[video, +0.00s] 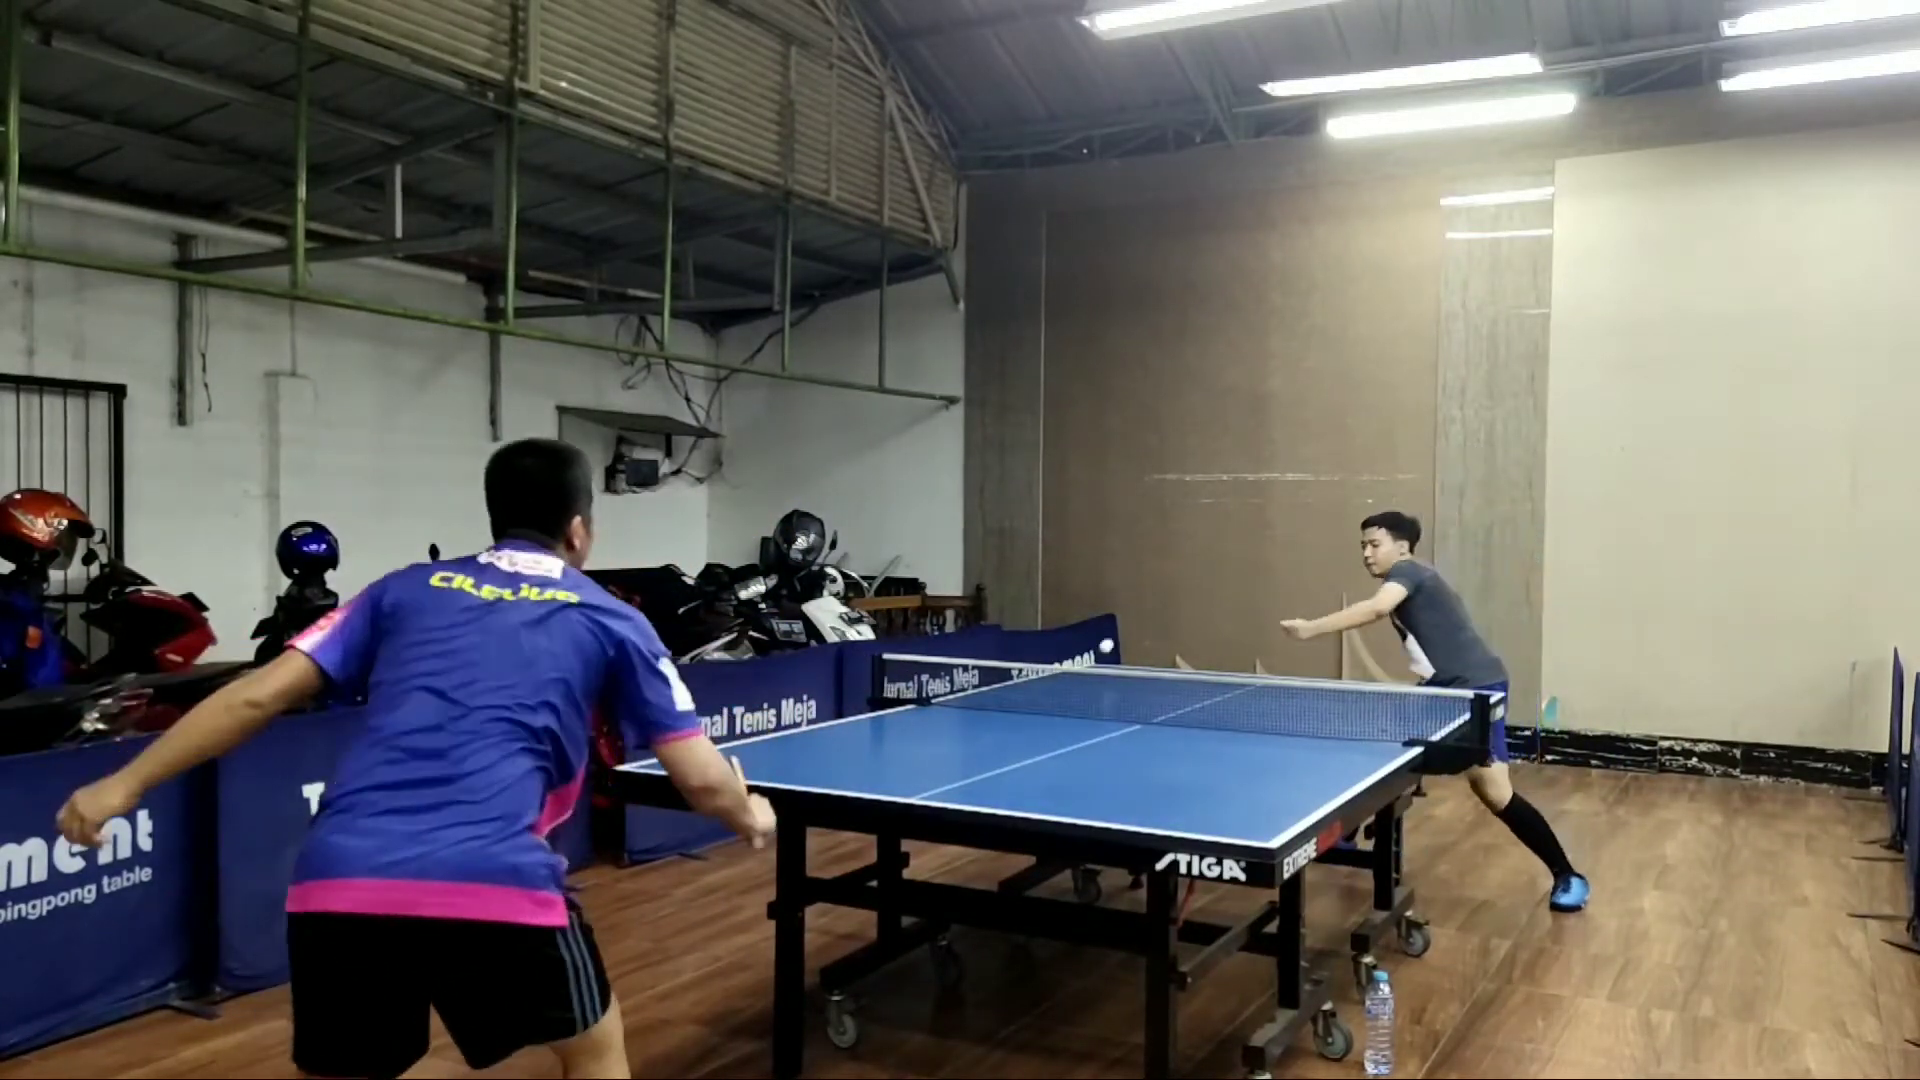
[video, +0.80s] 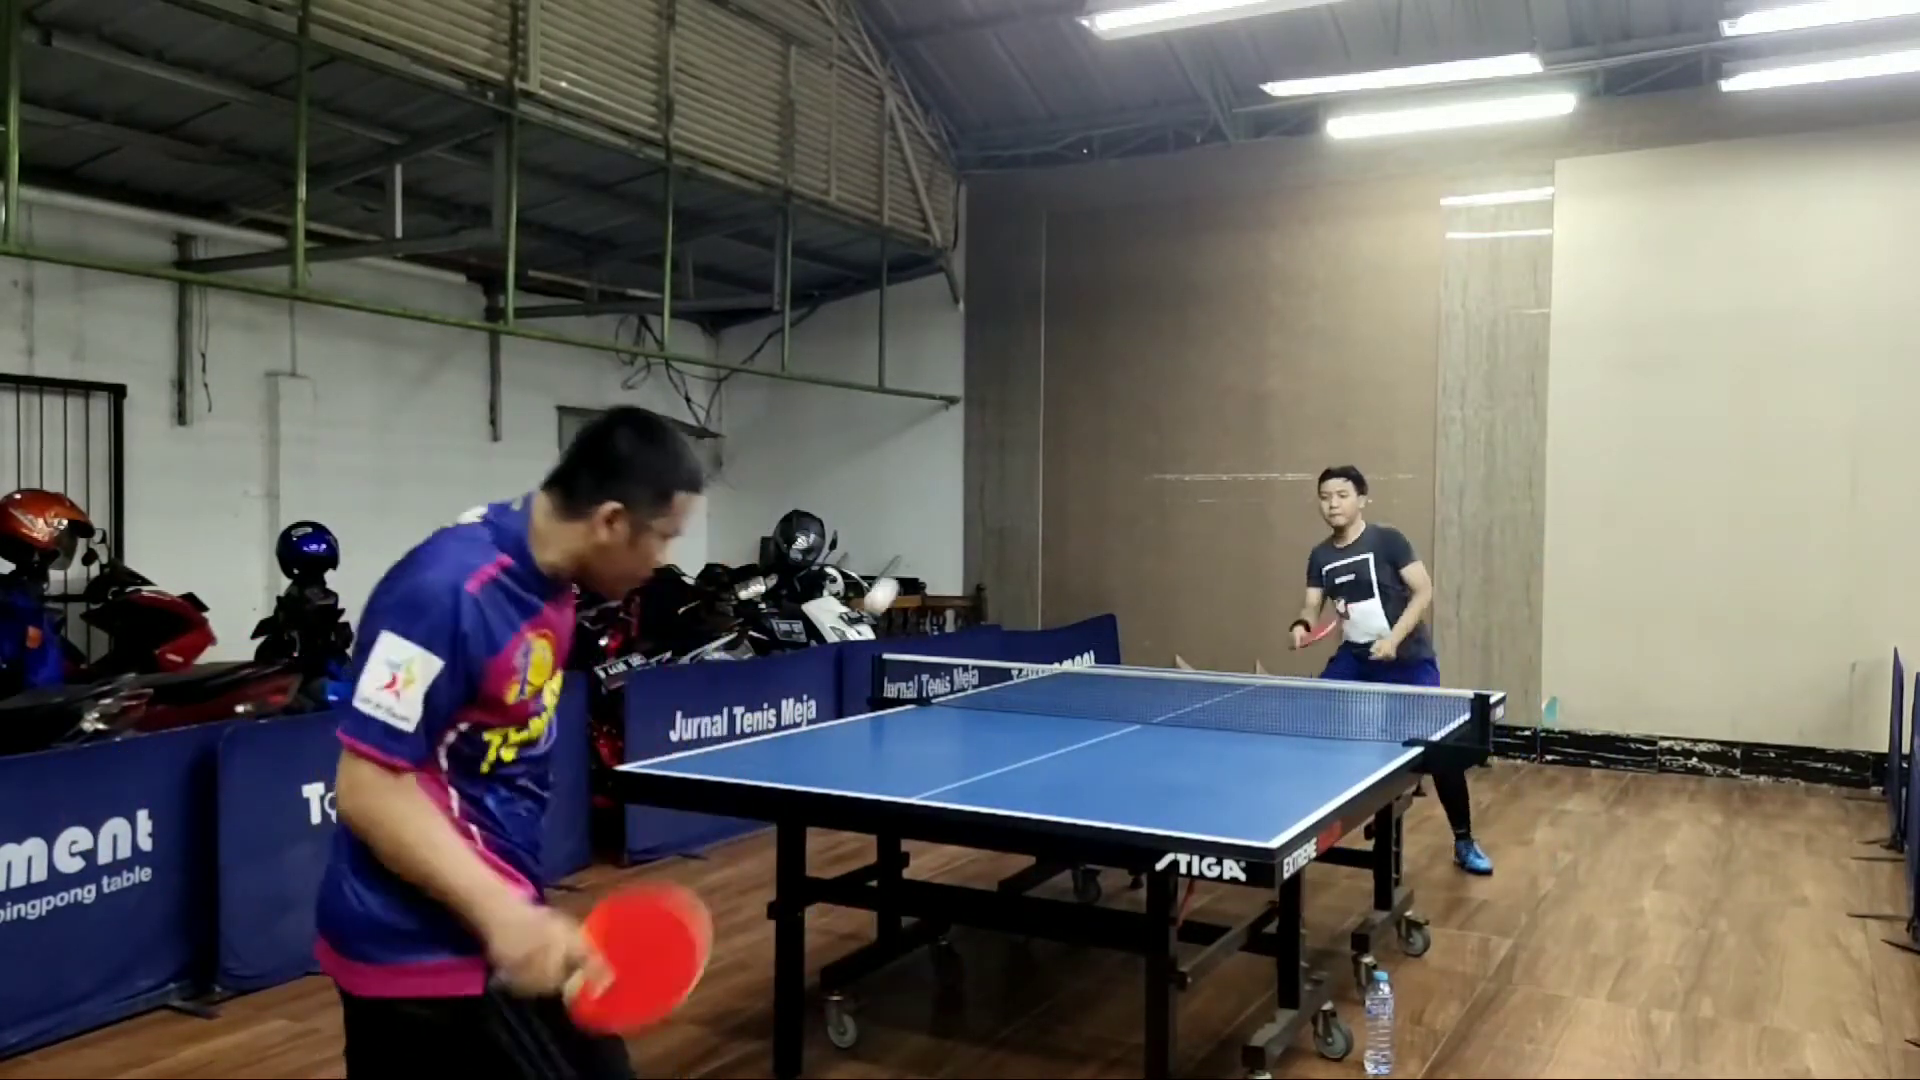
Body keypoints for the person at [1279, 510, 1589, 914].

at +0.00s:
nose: (1366, 552)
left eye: (1373, 543)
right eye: (1364, 545)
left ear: (1402, 545)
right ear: (1396, 548)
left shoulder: (1408, 571)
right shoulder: (1408, 577)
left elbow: (1376, 610)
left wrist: (1312, 626)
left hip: (1478, 689)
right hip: (1441, 689)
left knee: (1494, 792)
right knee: (1384, 750)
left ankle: (1566, 877)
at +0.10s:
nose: (1337, 553)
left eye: (1345, 545)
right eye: (1336, 546)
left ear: (1373, 546)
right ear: (1372, 549)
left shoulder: (1377, 570)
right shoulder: (1383, 580)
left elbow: (1366, 597)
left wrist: (1309, 616)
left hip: (1446, 688)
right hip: (1407, 690)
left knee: (1478, 781)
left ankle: (1564, 873)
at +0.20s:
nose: (1317, 527)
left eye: (1326, 519)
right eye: (1317, 520)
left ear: (1354, 525)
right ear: (1332, 530)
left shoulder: (1374, 551)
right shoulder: (1337, 579)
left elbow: (1388, 586)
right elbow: (1359, 647)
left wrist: (1343, 598)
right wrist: (1331, 665)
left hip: (1425, 666)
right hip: (1378, 673)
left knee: (1470, 755)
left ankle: (1531, 849)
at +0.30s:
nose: (1319, 514)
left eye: (1327, 505)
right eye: (1316, 507)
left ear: (1355, 508)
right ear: (1316, 514)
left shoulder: (1384, 548)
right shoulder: (1311, 561)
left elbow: (1417, 590)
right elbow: (1263, 582)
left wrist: (1406, 572)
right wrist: (1256, 549)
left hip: (1403, 655)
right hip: (1350, 664)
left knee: (1449, 687)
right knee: (1301, 716)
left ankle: (1479, 801)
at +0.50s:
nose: (1318, 513)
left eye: (1327, 505)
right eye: (1314, 506)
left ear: (1353, 510)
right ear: (1311, 511)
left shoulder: (1375, 562)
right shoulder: (1303, 551)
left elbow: (1420, 607)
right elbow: (1303, 575)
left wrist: (1473, 615)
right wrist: (1360, 546)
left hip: (1362, 659)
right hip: (1308, 664)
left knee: (1432, 682)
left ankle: (1471, 791)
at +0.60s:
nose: (1325, 510)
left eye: (1334, 502)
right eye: (1319, 504)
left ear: (1354, 508)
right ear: (1313, 510)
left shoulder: (1376, 558)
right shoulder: (1302, 554)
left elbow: (1404, 610)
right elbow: (1289, 599)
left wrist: (1436, 659)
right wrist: (1336, 582)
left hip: (1376, 668)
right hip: (1316, 671)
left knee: (1430, 730)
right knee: (1288, 742)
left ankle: (1465, 823)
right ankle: (1282, 835)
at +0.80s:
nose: (1333, 503)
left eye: (1342, 495)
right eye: (1326, 497)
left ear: (1363, 501)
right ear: (1320, 506)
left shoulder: (1387, 540)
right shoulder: (1321, 556)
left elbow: (1423, 590)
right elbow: (1312, 607)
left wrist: (1394, 638)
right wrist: (1303, 624)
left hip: (1407, 659)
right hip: (1354, 658)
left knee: (1437, 743)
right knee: (1312, 716)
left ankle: (1464, 840)